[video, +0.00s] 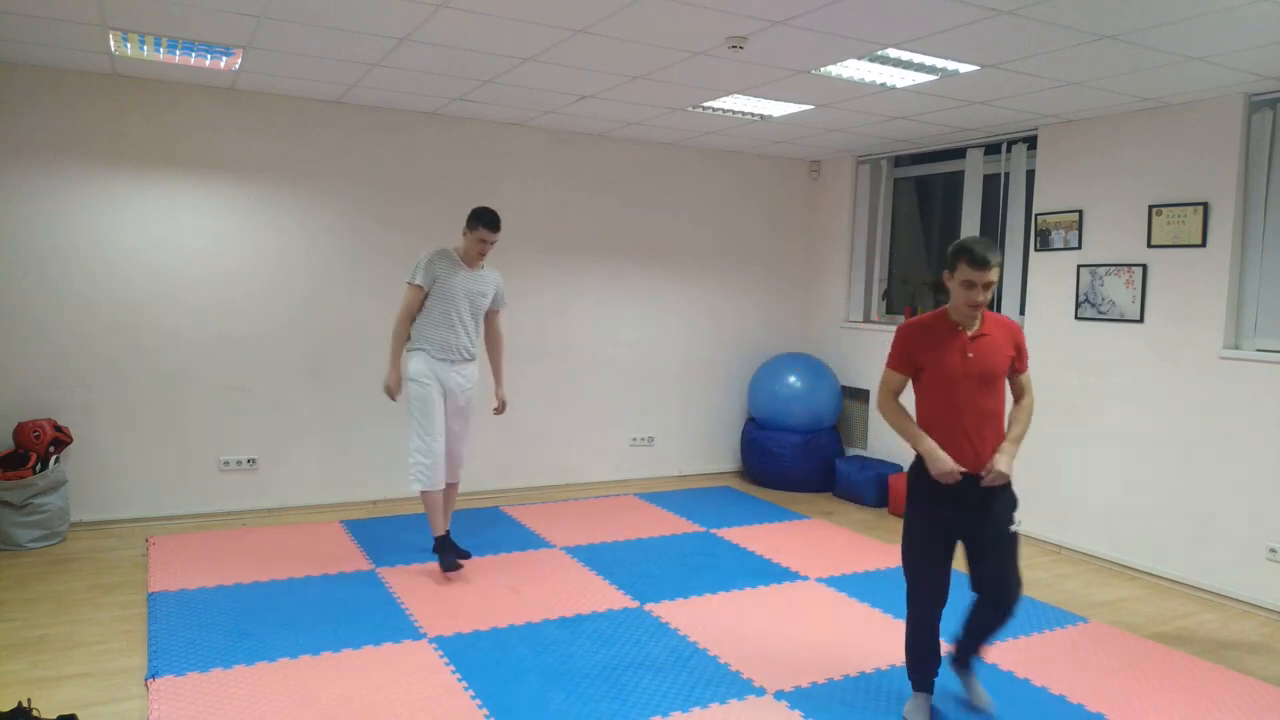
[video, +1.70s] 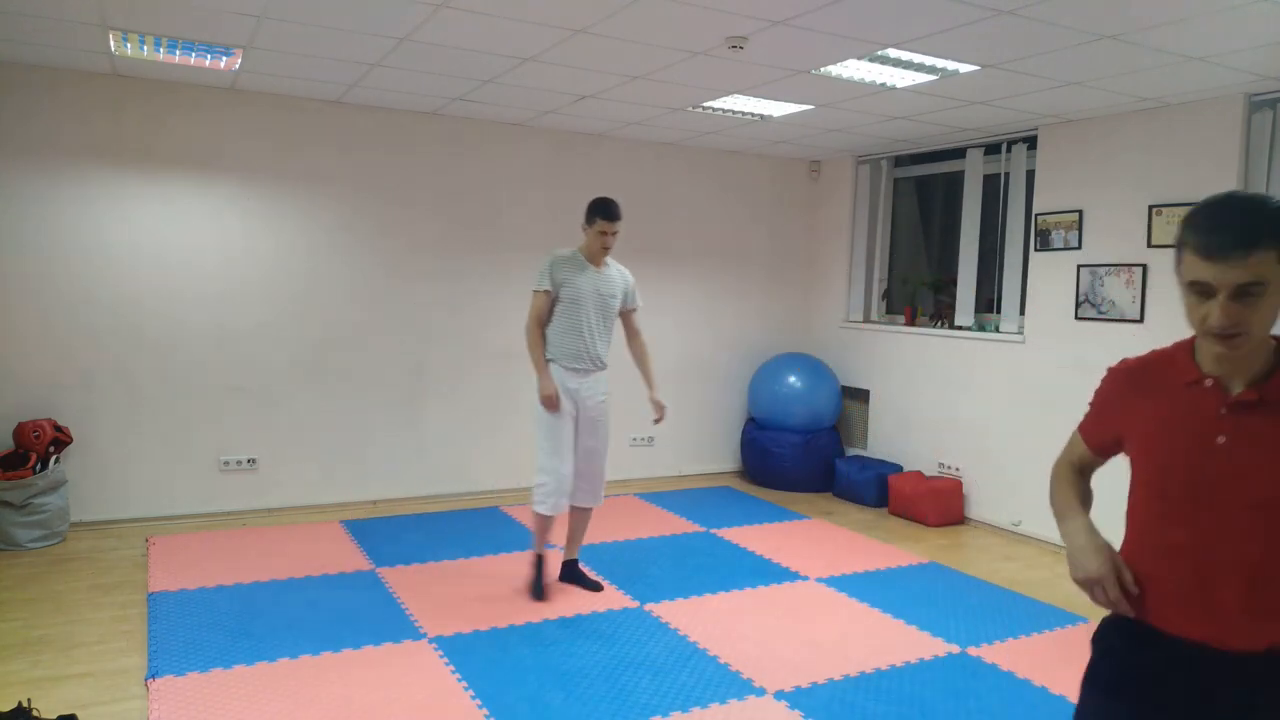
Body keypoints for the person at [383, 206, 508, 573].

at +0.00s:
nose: (486, 248)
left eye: (492, 243)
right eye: (481, 240)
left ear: (497, 243)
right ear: (465, 232)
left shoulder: (492, 280)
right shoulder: (436, 262)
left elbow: (493, 334)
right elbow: (405, 315)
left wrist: (499, 385)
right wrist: (394, 370)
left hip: (464, 371)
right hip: (424, 365)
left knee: (455, 452)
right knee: (431, 449)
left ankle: (444, 533)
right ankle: (439, 540)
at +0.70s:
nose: (481, 242)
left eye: (485, 235)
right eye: (473, 237)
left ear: (491, 229)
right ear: (455, 233)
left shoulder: (503, 266)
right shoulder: (441, 273)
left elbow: (512, 321)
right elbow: (433, 339)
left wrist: (524, 370)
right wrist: (449, 393)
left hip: (502, 378)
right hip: (462, 379)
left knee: (508, 467)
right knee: (451, 468)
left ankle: (476, 526)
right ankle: (454, 552)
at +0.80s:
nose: (486, 243)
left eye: (491, 236)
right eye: (479, 237)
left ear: (496, 230)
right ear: (461, 232)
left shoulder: (507, 266)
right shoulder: (446, 273)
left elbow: (515, 321)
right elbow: (438, 341)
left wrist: (528, 371)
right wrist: (450, 396)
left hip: (507, 377)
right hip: (467, 379)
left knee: (524, 463)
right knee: (455, 467)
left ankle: (505, 537)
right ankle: (456, 553)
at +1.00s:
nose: (507, 246)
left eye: (512, 238)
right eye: (500, 239)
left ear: (517, 234)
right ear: (482, 233)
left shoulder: (524, 267)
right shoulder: (463, 273)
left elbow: (528, 323)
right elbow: (448, 339)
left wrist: (536, 374)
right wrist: (453, 396)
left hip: (519, 380)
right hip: (477, 380)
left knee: (537, 465)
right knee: (463, 468)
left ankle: (562, 554)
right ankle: (457, 555)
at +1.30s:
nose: (554, 244)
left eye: (559, 238)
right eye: (547, 237)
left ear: (564, 237)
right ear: (530, 233)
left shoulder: (569, 277)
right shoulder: (507, 270)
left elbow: (570, 335)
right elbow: (483, 331)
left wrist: (577, 389)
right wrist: (479, 390)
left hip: (556, 385)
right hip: (511, 384)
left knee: (575, 472)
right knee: (491, 471)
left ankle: (569, 564)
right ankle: (464, 557)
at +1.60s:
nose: (598, 241)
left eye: (603, 234)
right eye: (591, 233)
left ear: (608, 233)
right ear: (574, 229)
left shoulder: (612, 277)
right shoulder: (547, 266)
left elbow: (624, 337)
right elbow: (525, 324)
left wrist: (639, 392)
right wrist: (532, 378)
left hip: (586, 382)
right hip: (548, 379)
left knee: (586, 472)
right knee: (539, 471)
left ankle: (570, 563)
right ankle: (505, 554)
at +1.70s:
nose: (609, 241)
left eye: (615, 234)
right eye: (603, 233)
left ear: (619, 234)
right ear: (586, 229)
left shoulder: (621, 278)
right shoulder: (560, 266)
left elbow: (634, 336)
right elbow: (535, 324)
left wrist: (652, 390)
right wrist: (544, 378)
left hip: (595, 383)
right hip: (557, 381)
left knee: (590, 474)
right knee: (555, 474)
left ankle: (570, 564)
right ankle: (539, 564)